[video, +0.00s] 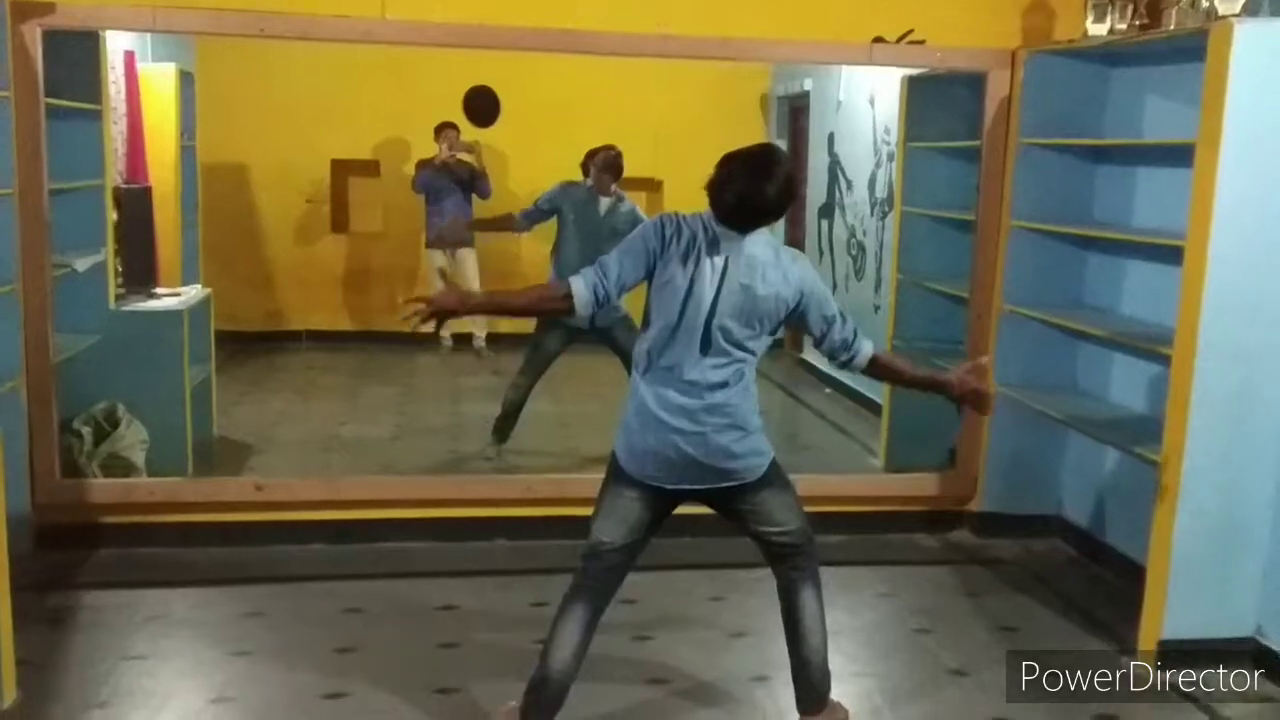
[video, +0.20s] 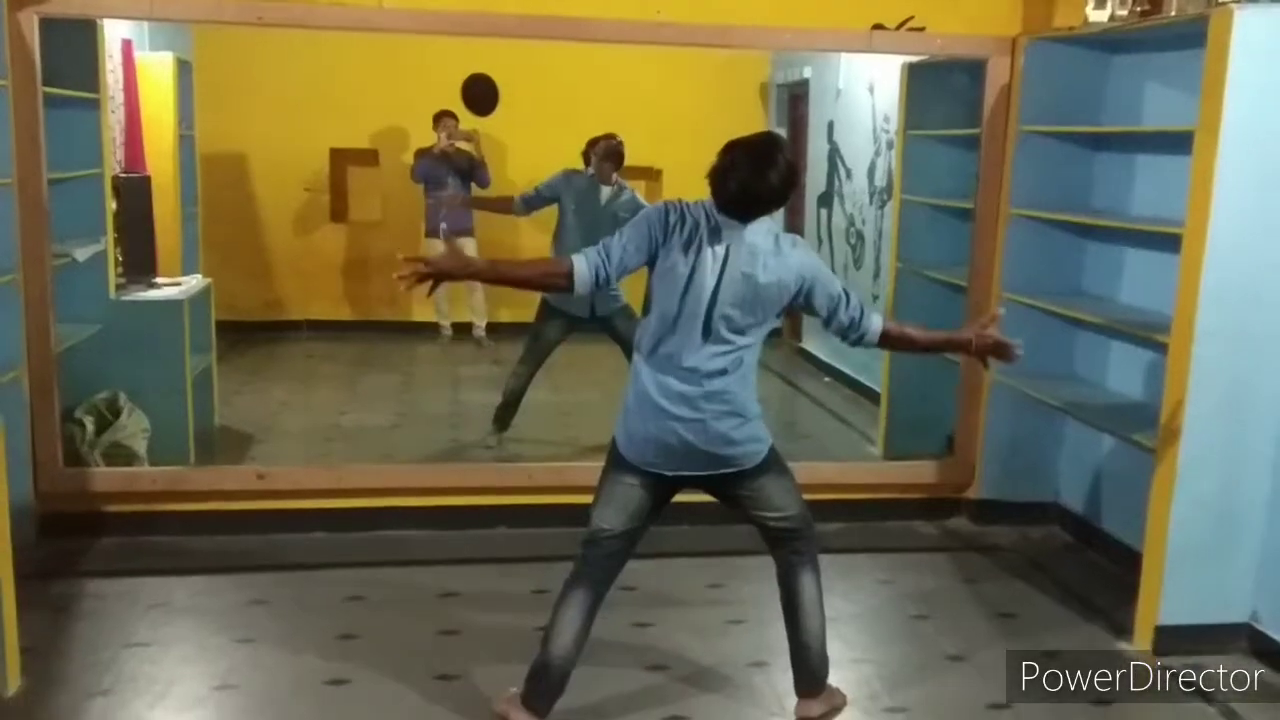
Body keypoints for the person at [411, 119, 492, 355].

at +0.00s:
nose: (448, 142)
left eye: (452, 138)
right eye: (444, 138)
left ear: (459, 141)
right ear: (437, 141)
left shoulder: (466, 167)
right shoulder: (426, 166)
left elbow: (484, 192)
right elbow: (418, 187)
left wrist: (478, 162)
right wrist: (438, 162)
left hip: (463, 238)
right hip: (436, 239)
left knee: (472, 289)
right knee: (440, 290)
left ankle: (479, 338)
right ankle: (444, 337)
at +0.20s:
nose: (448, 131)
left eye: (452, 127)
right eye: (443, 127)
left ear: (458, 130)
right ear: (435, 130)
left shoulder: (465, 156)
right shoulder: (425, 155)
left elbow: (484, 181)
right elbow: (417, 176)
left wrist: (477, 150)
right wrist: (437, 151)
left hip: (463, 225)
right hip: (435, 226)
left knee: (472, 277)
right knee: (439, 278)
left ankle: (479, 329)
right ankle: (444, 328)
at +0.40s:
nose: (446, 124)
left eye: (451, 120)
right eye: (442, 119)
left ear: (456, 123)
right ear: (434, 122)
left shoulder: (463, 150)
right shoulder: (424, 148)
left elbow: (482, 173)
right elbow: (416, 170)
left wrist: (476, 144)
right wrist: (435, 144)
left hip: (464, 223)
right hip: (436, 224)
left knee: (473, 273)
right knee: (438, 274)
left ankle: (478, 322)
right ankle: (443, 321)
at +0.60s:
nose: (442, 115)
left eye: (446, 111)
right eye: (437, 111)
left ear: (452, 114)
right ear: (429, 113)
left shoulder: (458, 141)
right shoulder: (419, 140)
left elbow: (477, 162)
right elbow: (410, 161)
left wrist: (470, 131)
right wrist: (431, 135)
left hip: (459, 213)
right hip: (431, 214)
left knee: (468, 266)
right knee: (434, 267)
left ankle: (474, 315)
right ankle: (439, 314)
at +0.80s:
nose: (444, 117)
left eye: (449, 112)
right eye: (440, 113)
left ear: (454, 115)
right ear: (431, 115)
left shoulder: (463, 142)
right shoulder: (421, 142)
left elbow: (479, 165)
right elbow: (415, 169)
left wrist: (470, 138)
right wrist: (434, 139)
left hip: (459, 215)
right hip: (432, 216)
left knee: (471, 268)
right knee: (436, 269)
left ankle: (476, 315)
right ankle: (441, 314)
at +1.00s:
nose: (444, 117)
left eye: (448, 113)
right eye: (439, 113)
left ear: (454, 115)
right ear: (431, 115)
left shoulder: (460, 142)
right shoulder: (424, 142)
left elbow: (470, 162)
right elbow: (413, 162)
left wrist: (456, 137)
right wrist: (428, 142)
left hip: (459, 215)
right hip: (432, 216)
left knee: (471, 267)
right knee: (436, 268)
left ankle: (476, 314)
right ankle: (441, 313)